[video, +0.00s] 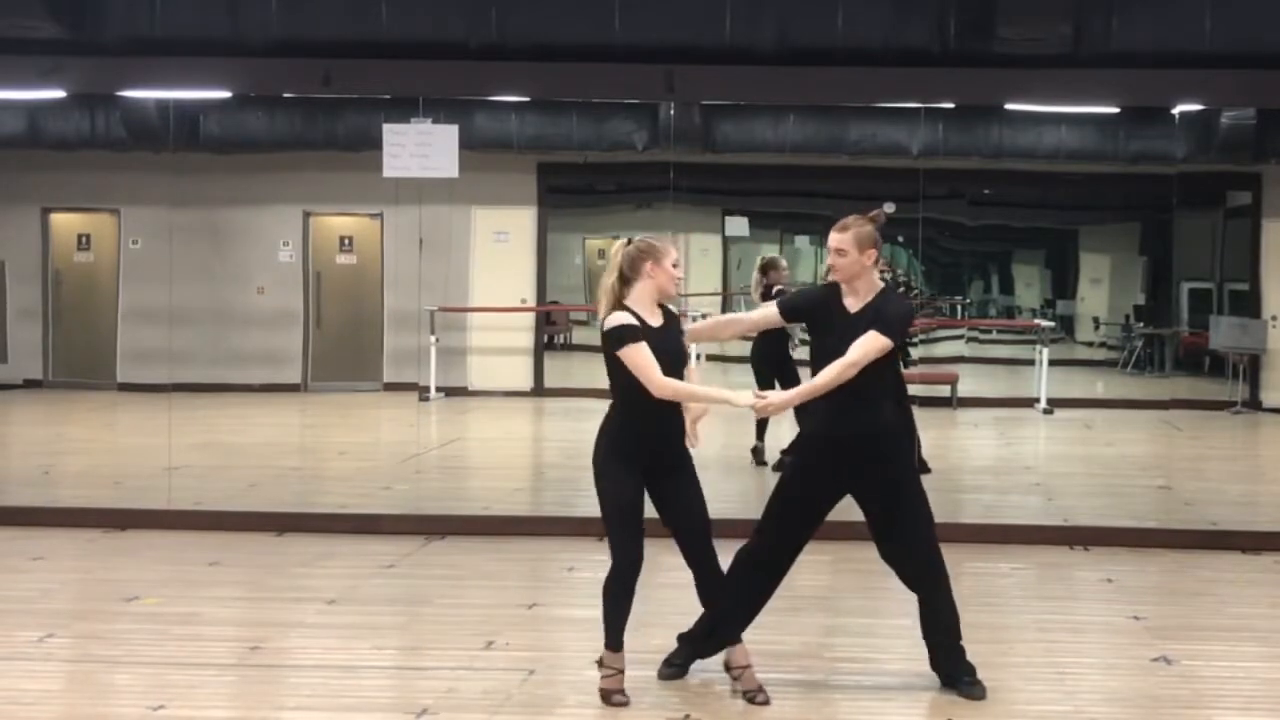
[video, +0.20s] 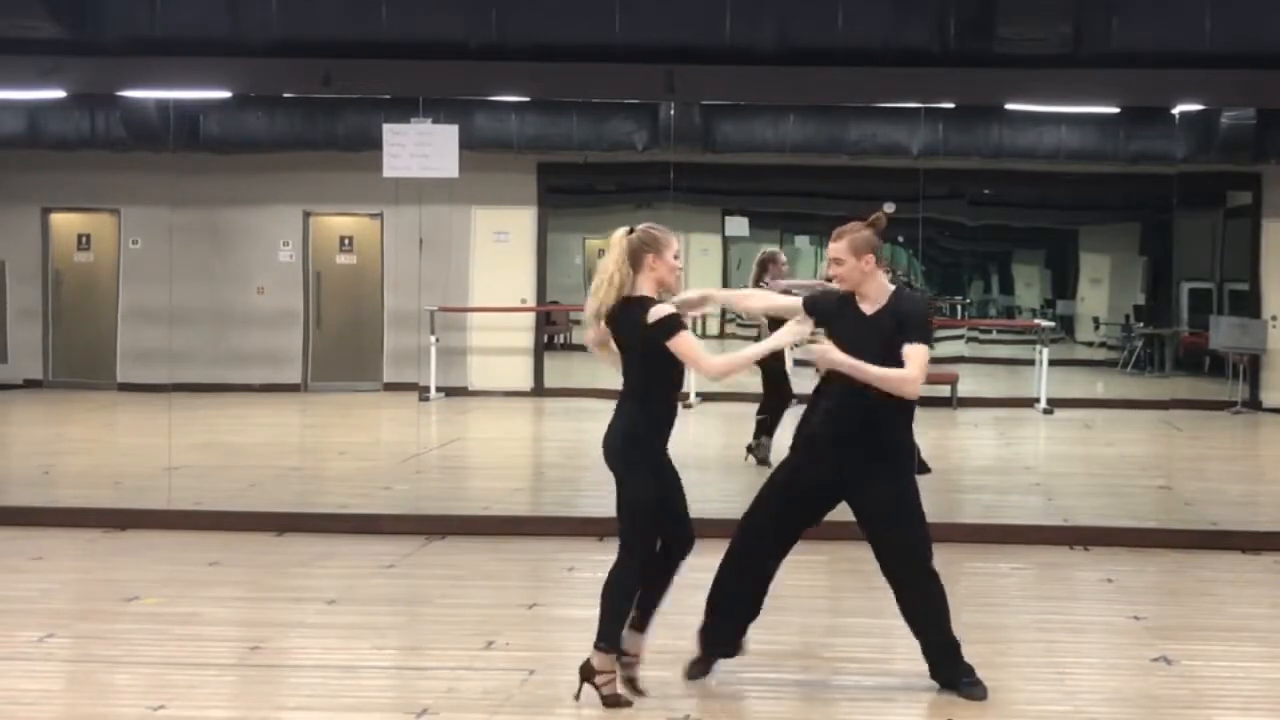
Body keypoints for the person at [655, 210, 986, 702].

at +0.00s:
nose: (830, 260)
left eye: (839, 254)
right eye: (829, 252)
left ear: (870, 257)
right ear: (836, 255)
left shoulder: (895, 308)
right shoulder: (820, 298)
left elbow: (851, 362)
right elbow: (746, 322)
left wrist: (790, 397)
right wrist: (679, 333)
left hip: (884, 458)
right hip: (820, 453)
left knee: (926, 566)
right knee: (766, 551)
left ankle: (953, 665)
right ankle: (697, 644)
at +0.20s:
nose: (829, 271)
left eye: (836, 263)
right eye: (829, 263)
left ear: (869, 262)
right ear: (856, 263)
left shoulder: (911, 308)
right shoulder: (831, 302)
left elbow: (911, 385)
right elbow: (759, 301)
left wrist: (841, 361)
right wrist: (708, 295)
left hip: (882, 464)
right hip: (817, 456)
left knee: (913, 569)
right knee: (755, 539)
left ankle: (950, 668)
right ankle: (715, 642)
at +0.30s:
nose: (820, 263)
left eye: (826, 255)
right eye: (820, 255)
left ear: (855, 256)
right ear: (849, 257)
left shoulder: (894, 310)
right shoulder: (827, 294)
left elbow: (922, 382)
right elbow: (771, 272)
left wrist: (849, 379)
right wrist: (727, 253)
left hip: (875, 461)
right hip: (821, 452)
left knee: (915, 567)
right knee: (749, 539)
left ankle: (962, 666)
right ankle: (774, 645)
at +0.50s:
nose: (785, 257)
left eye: (791, 249)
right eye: (785, 248)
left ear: (819, 252)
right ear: (818, 251)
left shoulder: (845, 313)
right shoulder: (815, 293)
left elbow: (858, 392)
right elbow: (784, 228)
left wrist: (807, 411)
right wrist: (761, 178)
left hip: (856, 455)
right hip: (814, 453)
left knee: (931, 553)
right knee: (759, 559)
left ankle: (1022, 649)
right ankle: (785, 658)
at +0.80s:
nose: (821, 254)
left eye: (831, 246)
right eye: (815, 248)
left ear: (854, 248)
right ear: (810, 252)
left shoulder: (871, 298)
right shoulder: (823, 297)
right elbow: (792, 224)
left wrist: (874, 398)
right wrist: (814, 195)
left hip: (874, 451)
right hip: (821, 451)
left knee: (940, 555)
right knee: (784, 560)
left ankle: (1003, 652)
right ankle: (785, 658)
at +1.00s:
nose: (868, 268)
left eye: (876, 257)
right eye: (859, 259)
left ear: (893, 258)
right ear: (846, 263)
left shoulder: (928, 308)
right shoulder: (844, 306)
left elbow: (968, 350)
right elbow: (804, 244)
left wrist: (949, 395)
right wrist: (807, 173)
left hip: (918, 465)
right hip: (856, 462)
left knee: (964, 578)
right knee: (769, 560)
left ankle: (954, 681)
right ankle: (716, 664)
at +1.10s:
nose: (879, 282)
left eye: (888, 272)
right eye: (870, 274)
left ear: (905, 271)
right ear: (858, 278)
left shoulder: (926, 320)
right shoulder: (865, 323)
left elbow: (934, 380)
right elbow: (829, 265)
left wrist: (935, 421)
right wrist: (792, 189)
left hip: (926, 480)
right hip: (866, 478)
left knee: (981, 584)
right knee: (780, 579)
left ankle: (961, 688)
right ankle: (684, 683)